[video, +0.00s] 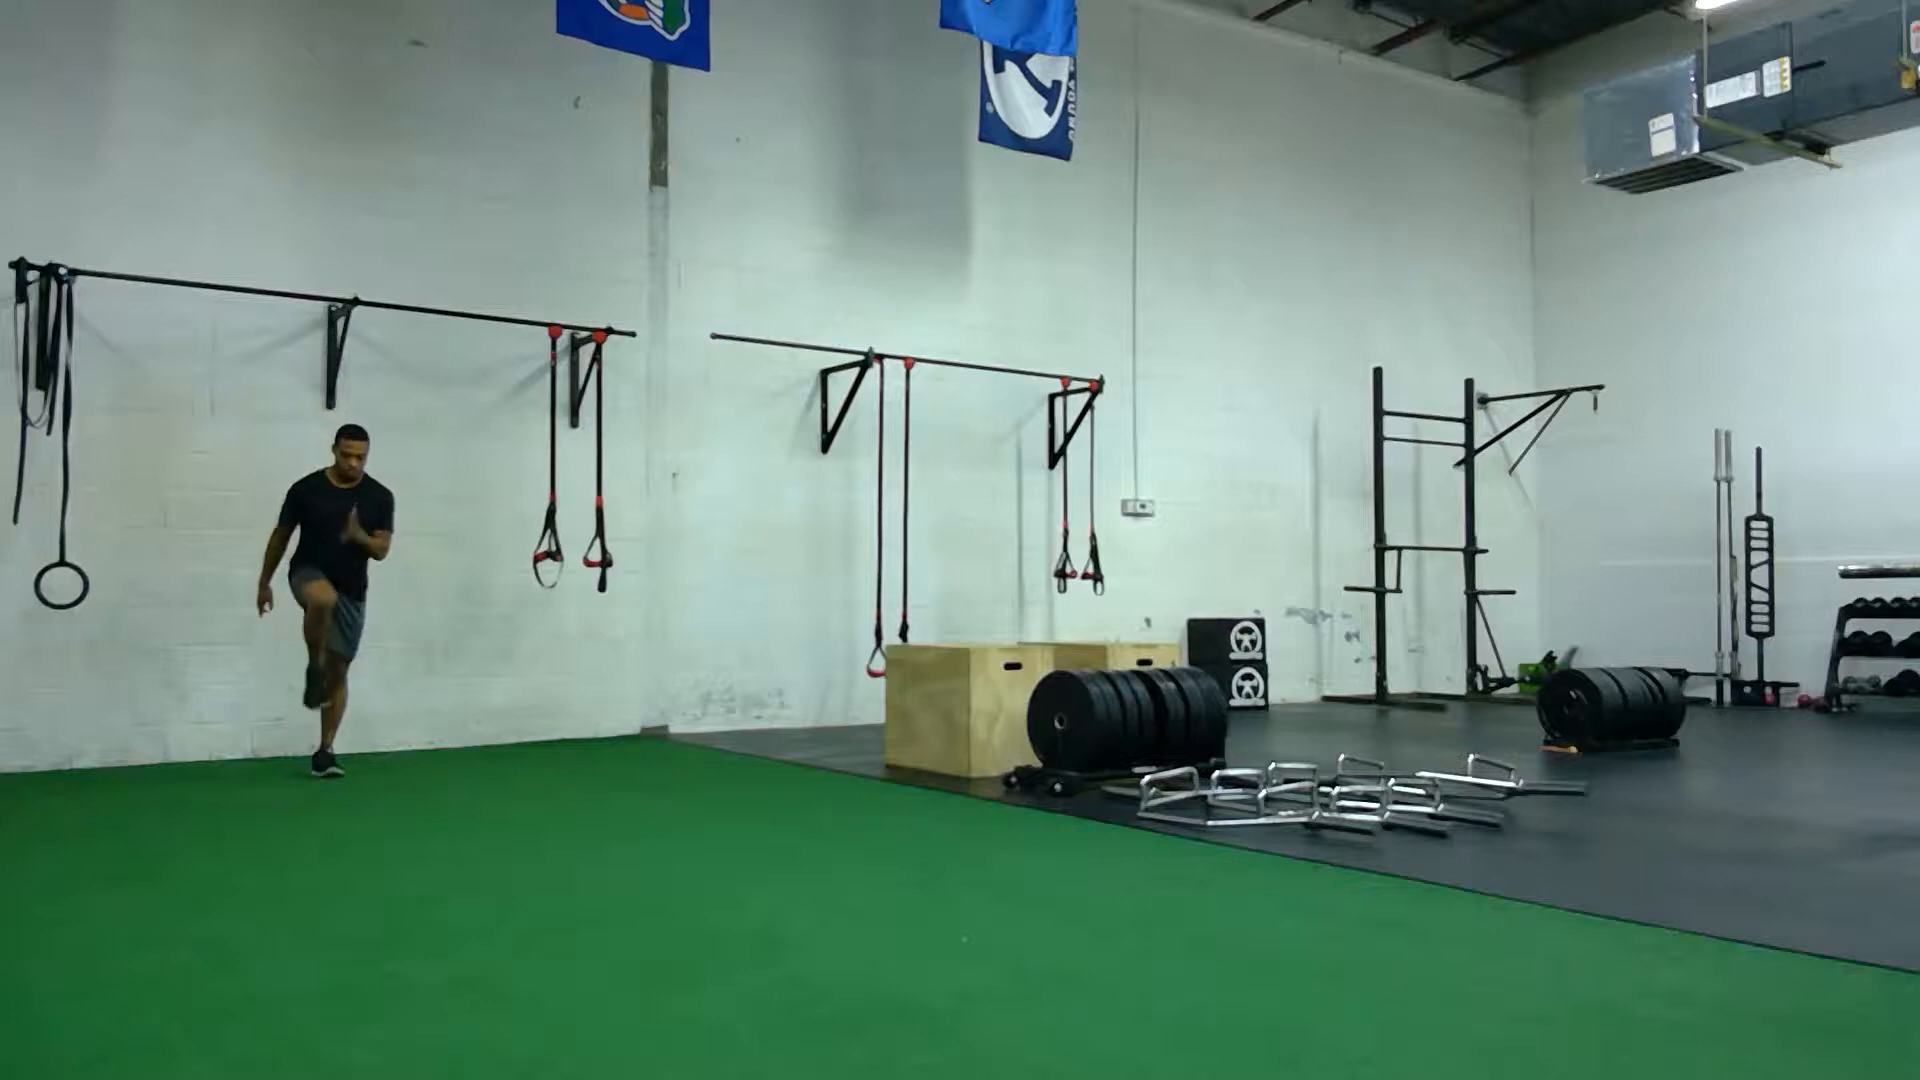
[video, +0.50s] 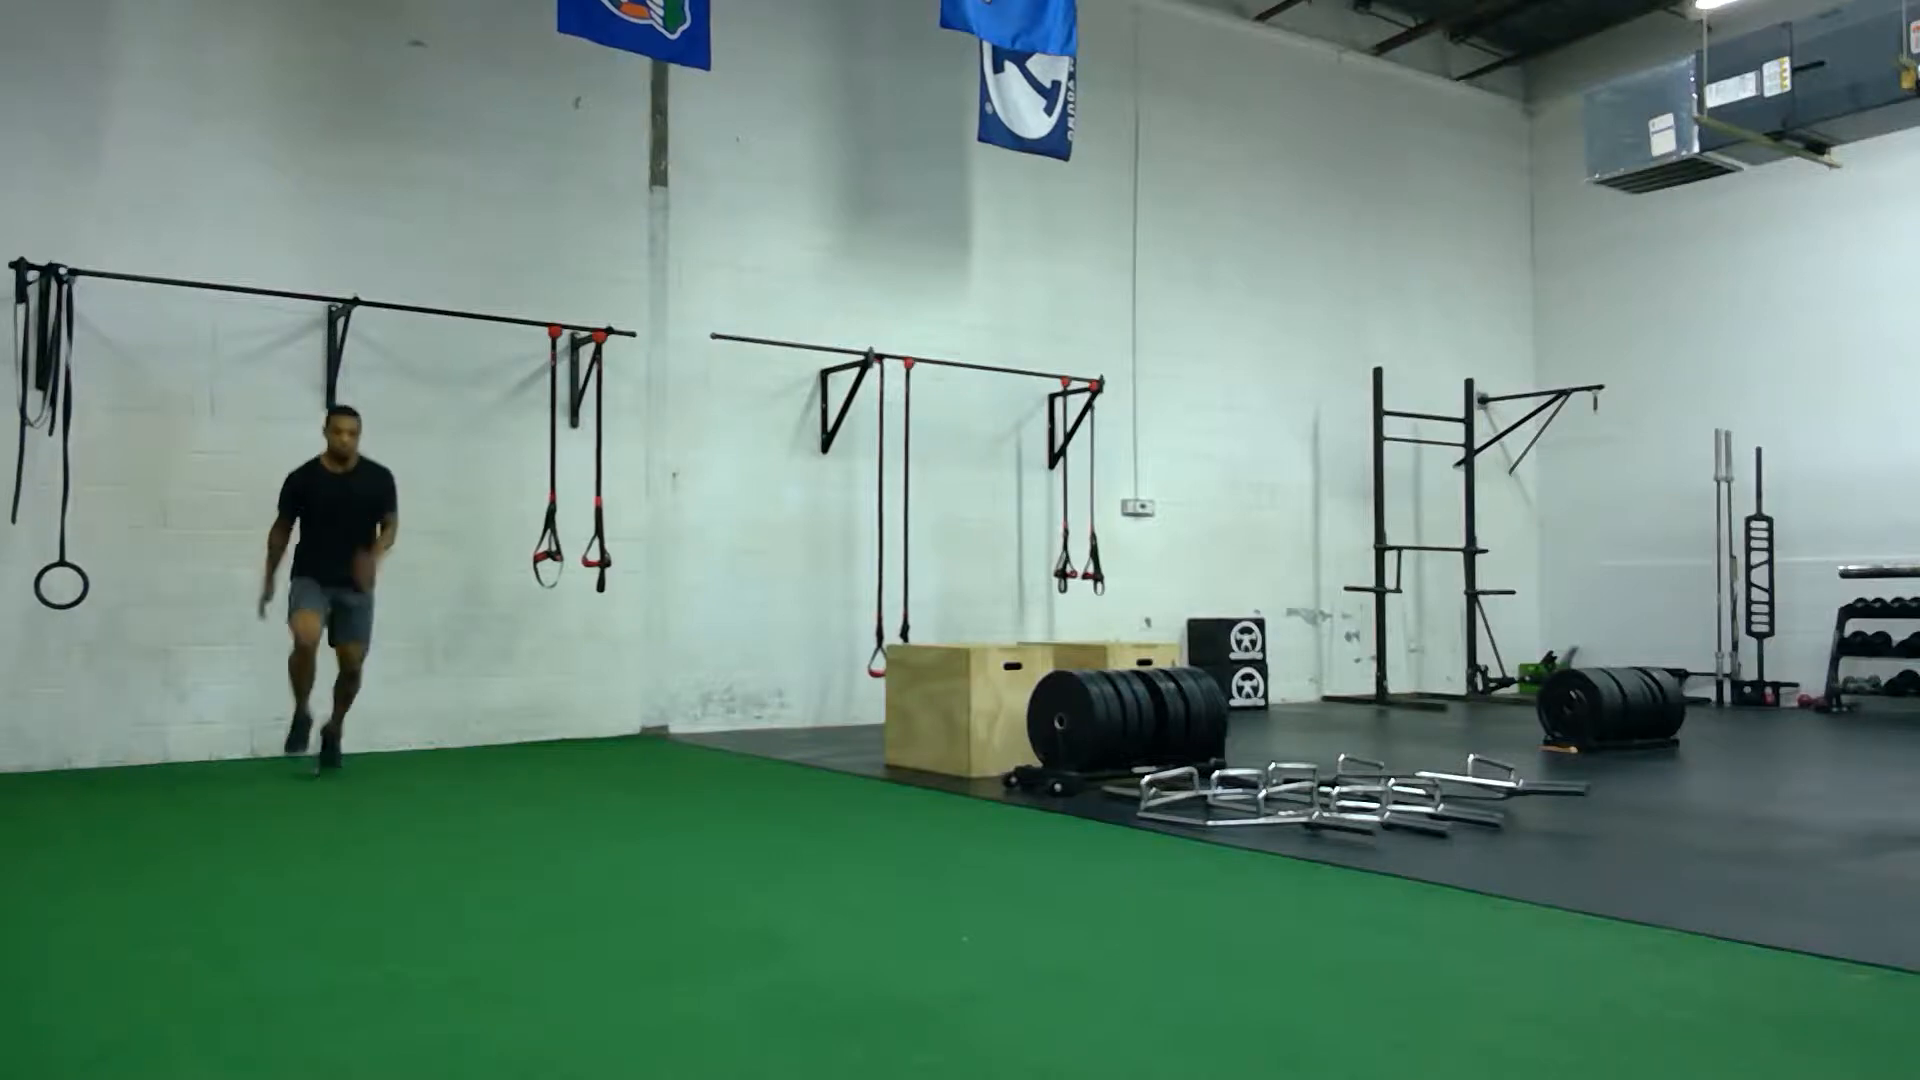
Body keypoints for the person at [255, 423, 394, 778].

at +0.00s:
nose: (354, 463)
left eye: (360, 456)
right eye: (348, 455)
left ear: (367, 456)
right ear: (334, 452)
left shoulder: (379, 496)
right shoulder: (306, 490)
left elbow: (381, 550)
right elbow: (280, 536)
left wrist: (360, 536)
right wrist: (264, 582)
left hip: (351, 587)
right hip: (309, 570)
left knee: (336, 671)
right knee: (323, 598)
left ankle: (325, 750)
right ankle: (315, 672)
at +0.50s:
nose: (344, 439)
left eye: (351, 433)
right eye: (337, 432)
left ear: (360, 436)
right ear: (326, 433)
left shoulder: (379, 479)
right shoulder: (301, 479)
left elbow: (389, 528)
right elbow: (281, 530)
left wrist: (373, 555)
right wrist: (269, 579)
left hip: (356, 580)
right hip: (311, 576)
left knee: (352, 665)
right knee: (304, 641)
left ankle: (333, 731)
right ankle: (301, 715)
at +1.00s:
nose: (369, 412)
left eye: (375, 406)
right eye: (360, 405)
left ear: (383, 413)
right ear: (345, 411)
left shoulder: (399, 461)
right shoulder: (317, 456)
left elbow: (416, 518)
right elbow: (281, 497)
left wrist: (391, 501)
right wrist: (266, 547)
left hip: (380, 568)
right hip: (333, 558)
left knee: (381, 662)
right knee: (342, 615)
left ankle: (365, 738)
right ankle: (339, 715)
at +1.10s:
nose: (369, 403)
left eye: (376, 397)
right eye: (361, 396)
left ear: (384, 406)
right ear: (345, 403)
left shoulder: (401, 456)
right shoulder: (317, 455)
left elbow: (412, 515)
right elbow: (301, 516)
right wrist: (317, 544)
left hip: (389, 563)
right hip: (335, 565)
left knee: (404, 633)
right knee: (338, 656)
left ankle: (374, 675)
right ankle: (335, 764)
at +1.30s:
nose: (379, 400)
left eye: (386, 393)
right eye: (370, 392)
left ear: (394, 401)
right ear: (354, 399)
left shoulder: (412, 454)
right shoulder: (327, 452)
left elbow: (416, 511)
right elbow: (317, 513)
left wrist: (415, 557)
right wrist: (360, 486)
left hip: (394, 558)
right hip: (349, 569)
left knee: (424, 553)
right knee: (357, 668)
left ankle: (403, 657)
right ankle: (349, 769)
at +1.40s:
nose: (387, 389)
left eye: (395, 382)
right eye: (379, 381)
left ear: (404, 391)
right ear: (362, 387)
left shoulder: (422, 445)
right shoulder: (334, 442)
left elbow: (421, 502)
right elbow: (320, 508)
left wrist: (418, 546)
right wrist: (363, 487)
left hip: (403, 549)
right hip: (357, 561)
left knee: (433, 541)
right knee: (370, 662)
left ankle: (417, 650)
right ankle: (368, 768)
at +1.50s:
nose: (397, 405)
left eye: (404, 398)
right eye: (388, 397)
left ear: (412, 407)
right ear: (370, 404)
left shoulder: (432, 460)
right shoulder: (343, 460)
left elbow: (436, 517)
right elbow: (329, 529)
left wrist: (436, 566)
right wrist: (372, 492)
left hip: (417, 569)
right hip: (369, 578)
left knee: (444, 529)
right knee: (374, 685)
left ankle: (430, 639)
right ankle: (382, 786)